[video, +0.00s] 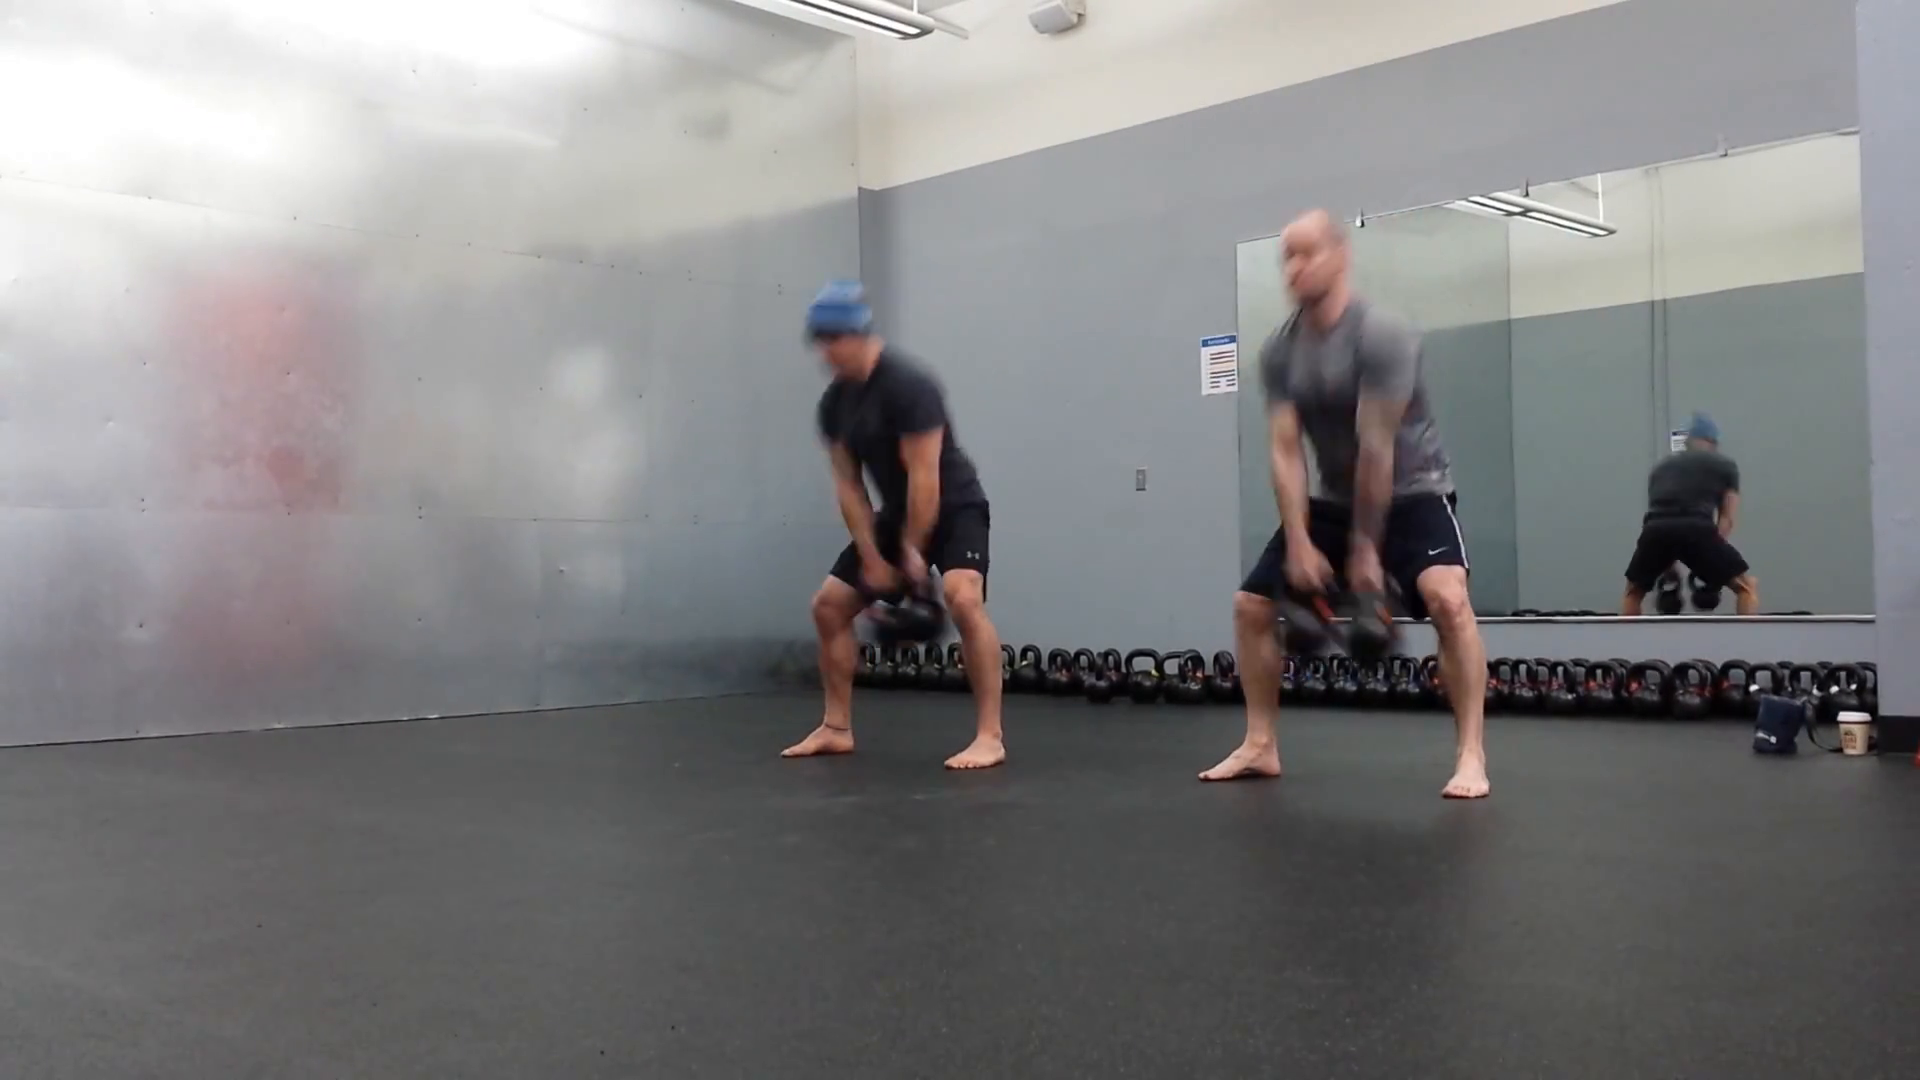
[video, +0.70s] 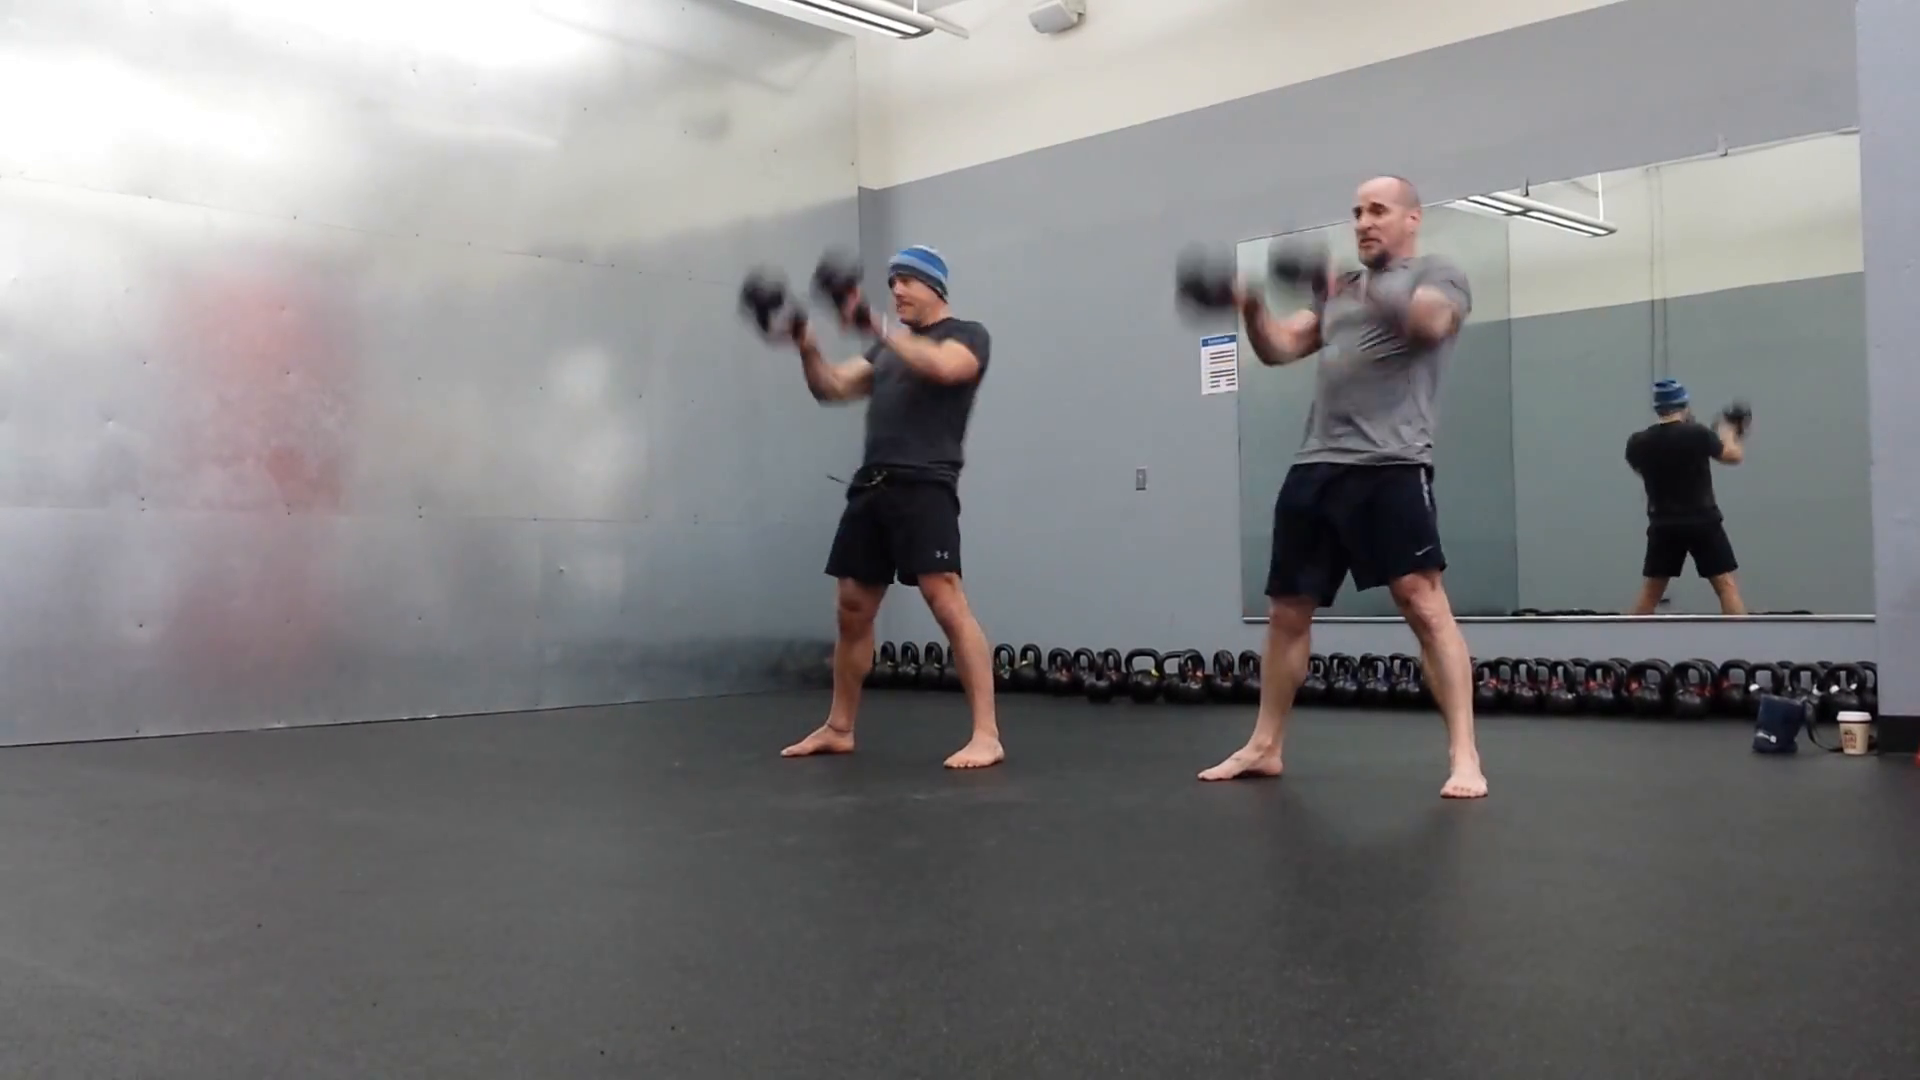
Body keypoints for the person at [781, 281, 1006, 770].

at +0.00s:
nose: (827, 351)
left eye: (833, 339)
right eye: (821, 341)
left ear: (860, 333)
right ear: (822, 342)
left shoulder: (912, 385)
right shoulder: (835, 402)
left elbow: (924, 477)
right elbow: (848, 485)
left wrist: (913, 547)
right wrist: (871, 555)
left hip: (956, 507)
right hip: (899, 511)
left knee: (962, 598)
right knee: (829, 608)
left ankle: (990, 736)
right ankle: (836, 727)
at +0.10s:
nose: (790, 415)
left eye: (797, 401)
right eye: (784, 404)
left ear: (825, 394)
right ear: (783, 407)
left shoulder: (885, 439)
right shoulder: (810, 460)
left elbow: (932, 531)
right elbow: (853, 534)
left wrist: (938, 586)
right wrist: (902, 587)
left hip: (954, 530)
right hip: (893, 540)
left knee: (966, 602)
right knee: (817, 608)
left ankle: (991, 737)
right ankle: (835, 728)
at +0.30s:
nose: (788, 394)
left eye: (798, 381)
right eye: (785, 384)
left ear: (827, 383)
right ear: (787, 389)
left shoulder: (885, 435)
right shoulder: (810, 452)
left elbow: (923, 529)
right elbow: (851, 529)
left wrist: (936, 585)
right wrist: (892, 579)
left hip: (951, 527)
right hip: (889, 538)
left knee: (954, 604)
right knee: (813, 609)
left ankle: (989, 737)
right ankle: (835, 728)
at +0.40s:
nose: (827, 317)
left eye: (838, 306)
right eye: (827, 308)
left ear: (868, 314)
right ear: (835, 320)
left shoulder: (906, 381)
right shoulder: (833, 392)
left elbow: (917, 472)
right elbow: (846, 477)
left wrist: (908, 539)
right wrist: (867, 544)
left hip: (941, 509)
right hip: (881, 515)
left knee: (953, 600)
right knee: (821, 606)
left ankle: (989, 736)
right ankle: (835, 726)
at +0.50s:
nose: (880, 290)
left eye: (891, 281)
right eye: (876, 282)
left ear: (920, 287)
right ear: (873, 292)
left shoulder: (943, 340)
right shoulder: (870, 351)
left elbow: (913, 415)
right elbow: (845, 417)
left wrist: (873, 476)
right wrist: (827, 483)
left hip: (943, 489)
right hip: (888, 491)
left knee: (951, 594)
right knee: (844, 602)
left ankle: (986, 734)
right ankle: (837, 725)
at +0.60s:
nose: (903, 293)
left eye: (912, 283)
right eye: (900, 285)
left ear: (942, 288)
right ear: (902, 293)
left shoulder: (972, 332)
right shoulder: (897, 345)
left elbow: (935, 379)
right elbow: (855, 385)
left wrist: (871, 383)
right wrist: (803, 404)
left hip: (938, 491)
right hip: (885, 490)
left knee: (952, 600)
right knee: (852, 607)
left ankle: (986, 736)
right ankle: (838, 726)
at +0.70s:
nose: (896, 292)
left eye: (905, 281)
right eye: (893, 285)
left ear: (934, 286)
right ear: (897, 294)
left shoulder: (969, 335)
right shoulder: (890, 349)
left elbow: (945, 368)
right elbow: (830, 388)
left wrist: (877, 329)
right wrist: (806, 345)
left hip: (925, 490)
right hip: (870, 490)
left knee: (947, 604)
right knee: (853, 612)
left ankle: (986, 736)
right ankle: (838, 727)